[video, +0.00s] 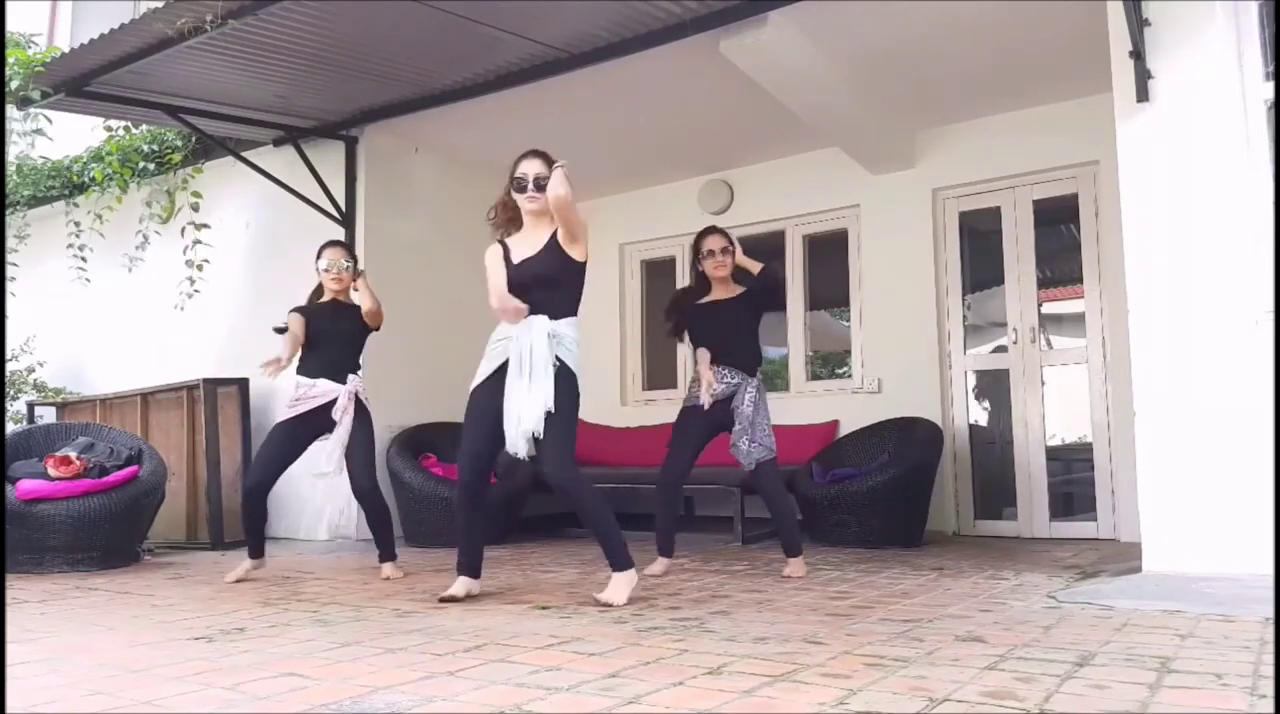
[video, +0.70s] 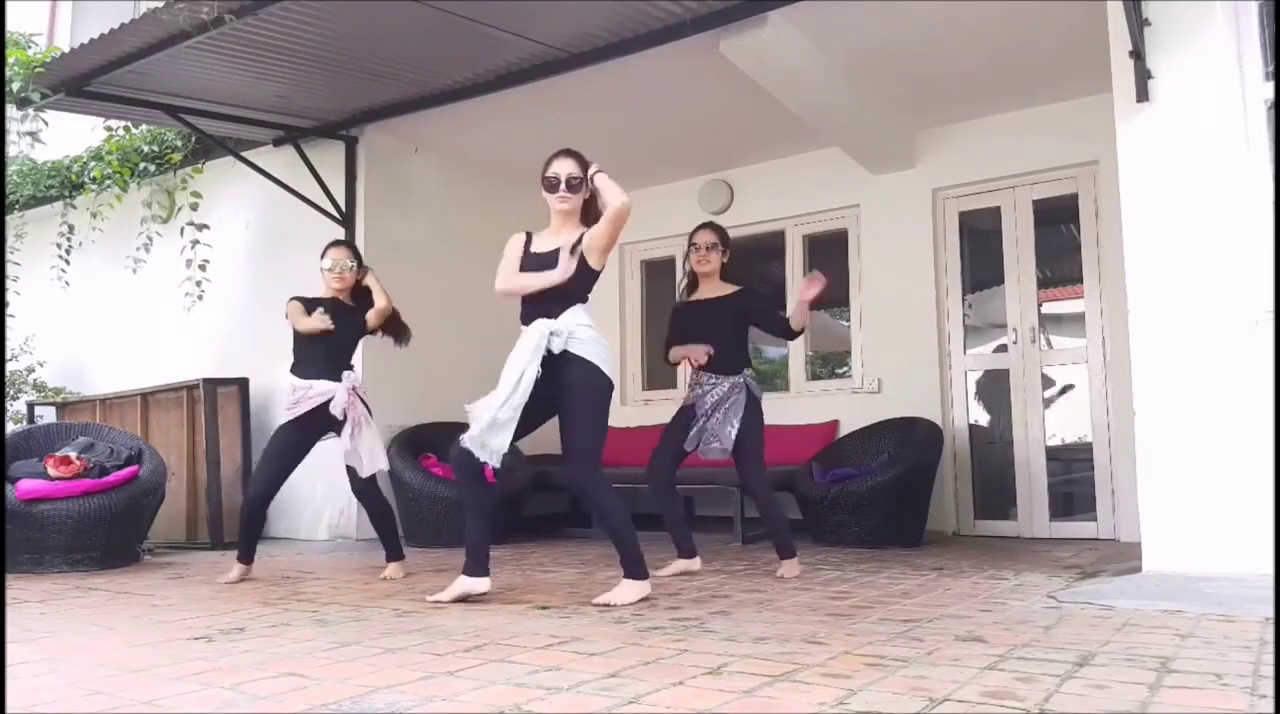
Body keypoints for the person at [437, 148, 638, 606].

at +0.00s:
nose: (530, 190)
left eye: (538, 183)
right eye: (521, 183)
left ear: (552, 190)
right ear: (510, 191)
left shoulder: (570, 235)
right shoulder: (498, 249)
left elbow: (559, 196)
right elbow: (499, 300)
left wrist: (559, 170)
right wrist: (516, 309)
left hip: (555, 357)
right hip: (505, 355)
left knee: (556, 466)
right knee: (472, 461)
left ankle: (624, 569)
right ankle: (468, 574)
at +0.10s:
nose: (521, 193)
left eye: (530, 186)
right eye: (512, 187)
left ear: (545, 193)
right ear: (501, 194)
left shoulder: (562, 240)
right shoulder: (488, 253)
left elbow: (570, 210)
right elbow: (470, 304)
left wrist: (553, 179)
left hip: (547, 364)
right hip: (494, 360)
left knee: (553, 470)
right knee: (470, 467)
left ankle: (611, 567)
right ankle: (467, 574)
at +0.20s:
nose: (516, 197)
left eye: (525, 190)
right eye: (506, 192)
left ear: (541, 197)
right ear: (496, 201)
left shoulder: (560, 247)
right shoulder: (481, 257)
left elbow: (592, 209)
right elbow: (431, 295)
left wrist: (558, 179)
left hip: (543, 373)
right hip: (486, 372)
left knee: (568, 469)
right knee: (473, 482)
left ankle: (600, 573)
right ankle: (468, 576)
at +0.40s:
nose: (527, 189)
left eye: (537, 182)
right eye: (518, 183)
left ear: (553, 187)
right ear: (508, 189)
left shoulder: (569, 239)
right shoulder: (486, 241)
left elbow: (603, 210)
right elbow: (428, 282)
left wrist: (566, 173)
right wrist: (382, 268)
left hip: (553, 363)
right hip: (497, 362)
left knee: (584, 465)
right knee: (476, 470)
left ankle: (589, 573)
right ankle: (468, 575)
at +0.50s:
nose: (543, 184)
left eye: (551, 177)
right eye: (533, 178)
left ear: (566, 183)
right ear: (522, 184)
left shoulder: (579, 235)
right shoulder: (502, 239)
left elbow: (602, 208)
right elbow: (461, 284)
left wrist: (574, 169)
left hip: (562, 356)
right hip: (508, 354)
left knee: (580, 469)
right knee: (473, 463)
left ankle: (619, 573)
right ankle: (464, 569)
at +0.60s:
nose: (555, 185)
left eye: (564, 179)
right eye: (546, 178)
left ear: (577, 186)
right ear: (535, 185)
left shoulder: (587, 237)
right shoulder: (514, 241)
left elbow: (606, 210)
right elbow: (491, 294)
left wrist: (585, 170)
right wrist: (519, 321)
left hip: (576, 362)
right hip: (526, 363)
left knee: (582, 470)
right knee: (458, 454)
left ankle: (633, 577)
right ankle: (479, 567)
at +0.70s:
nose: (562, 188)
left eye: (572, 183)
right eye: (554, 182)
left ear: (586, 192)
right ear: (542, 189)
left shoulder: (591, 242)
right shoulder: (521, 241)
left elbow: (620, 206)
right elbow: (504, 285)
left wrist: (596, 176)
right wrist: (558, 276)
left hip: (582, 362)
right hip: (537, 366)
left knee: (582, 468)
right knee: (469, 453)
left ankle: (637, 577)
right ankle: (476, 573)